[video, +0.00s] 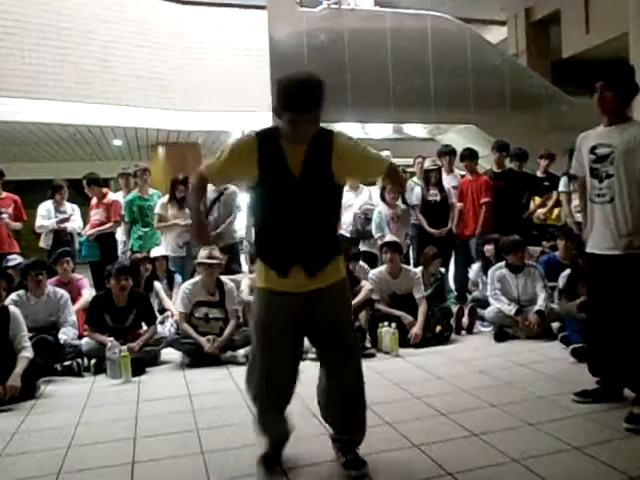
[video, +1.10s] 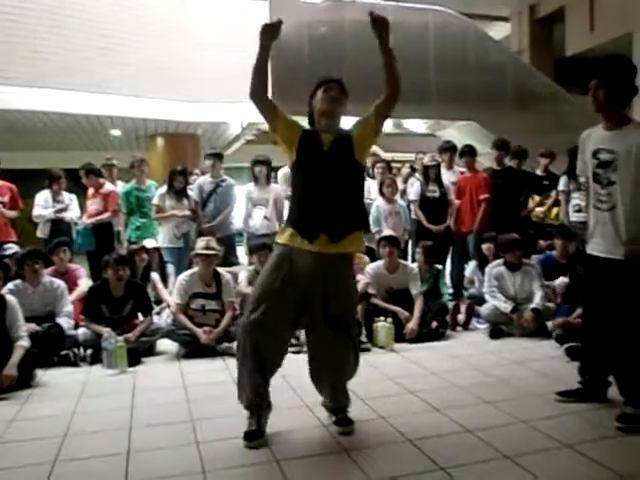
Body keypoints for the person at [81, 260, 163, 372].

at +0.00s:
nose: (123, 284)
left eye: (126, 279)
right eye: (118, 280)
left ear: (131, 282)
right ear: (108, 283)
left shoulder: (139, 298)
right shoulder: (99, 301)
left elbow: (153, 327)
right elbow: (91, 332)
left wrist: (138, 344)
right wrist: (106, 340)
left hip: (134, 339)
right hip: (110, 341)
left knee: (162, 339)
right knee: (87, 346)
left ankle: (110, 363)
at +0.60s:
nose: (132, 283)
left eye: (136, 278)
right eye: (128, 279)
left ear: (141, 280)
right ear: (119, 281)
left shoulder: (149, 297)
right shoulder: (110, 298)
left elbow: (159, 326)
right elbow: (103, 329)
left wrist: (148, 342)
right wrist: (119, 339)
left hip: (144, 340)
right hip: (120, 343)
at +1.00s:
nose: (125, 273)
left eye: (128, 269)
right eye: (120, 270)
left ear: (134, 271)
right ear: (110, 273)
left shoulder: (141, 288)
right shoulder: (100, 290)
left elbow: (153, 317)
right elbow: (91, 321)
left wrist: (139, 334)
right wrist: (108, 330)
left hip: (135, 330)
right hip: (110, 332)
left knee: (164, 328)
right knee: (87, 334)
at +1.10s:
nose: (120, 274)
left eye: (124, 269)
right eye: (116, 270)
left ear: (129, 271)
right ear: (106, 273)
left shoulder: (136, 288)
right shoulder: (96, 291)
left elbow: (149, 318)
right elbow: (86, 321)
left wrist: (134, 334)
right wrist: (103, 331)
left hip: (130, 331)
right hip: (104, 333)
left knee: (159, 329)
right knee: (82, 335)